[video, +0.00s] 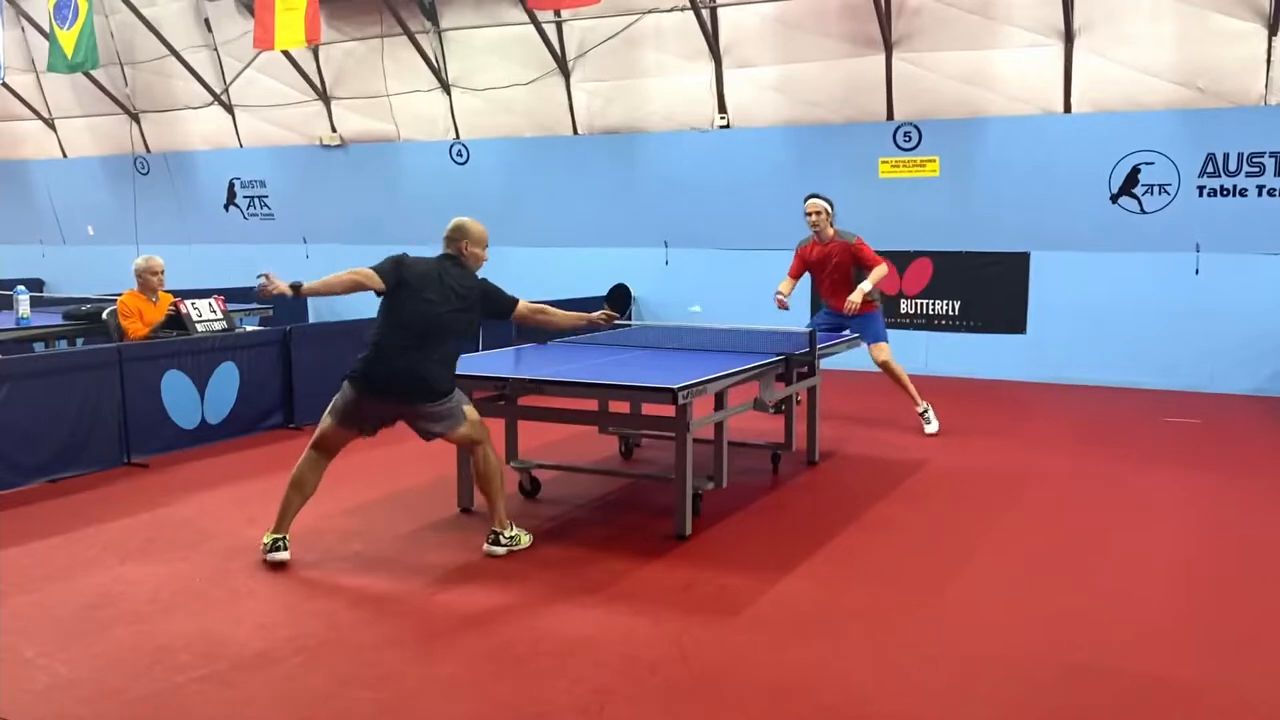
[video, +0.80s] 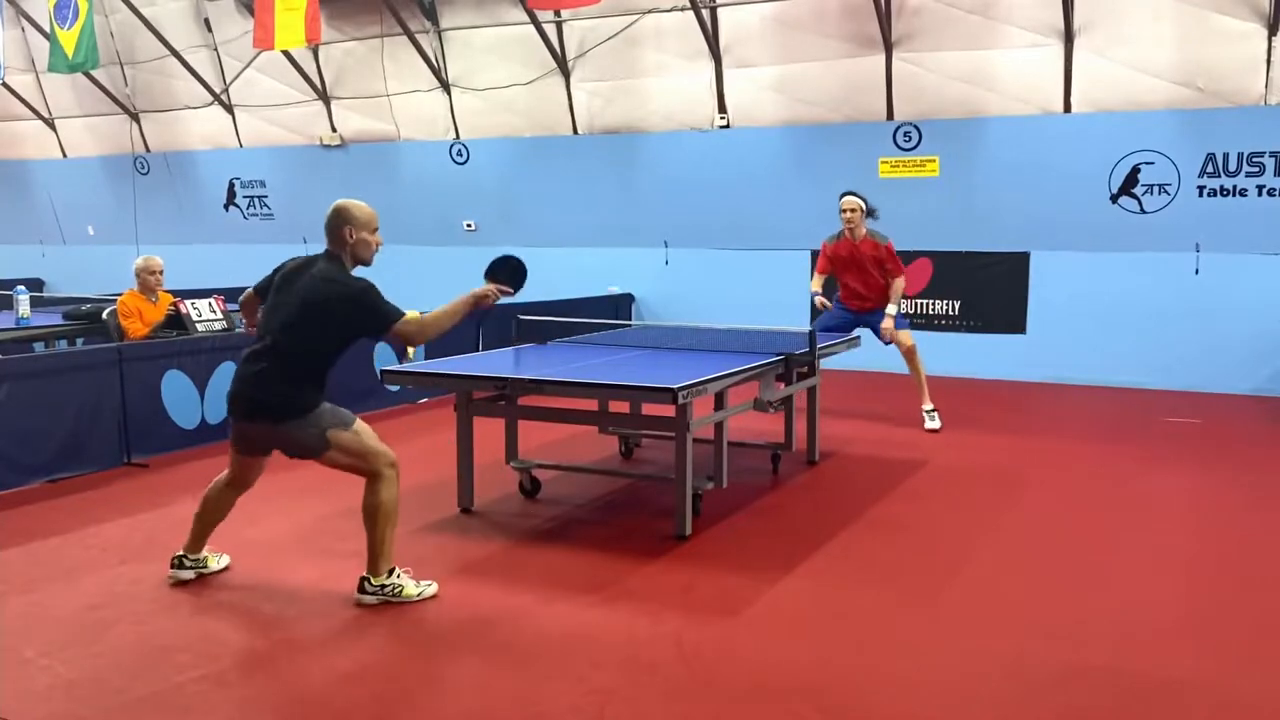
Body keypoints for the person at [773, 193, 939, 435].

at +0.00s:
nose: (813, 219)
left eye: (817, 213)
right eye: (808, 215)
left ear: (829, 215)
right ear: (805, 219)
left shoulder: (850, 243)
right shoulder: (805, 249)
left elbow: (882, 268)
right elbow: (791, 279)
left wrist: (861, 290)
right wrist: (782, 294)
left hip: (865, 311)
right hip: (831, 312)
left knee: (881, 358)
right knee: (797, 348)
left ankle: (922, 407)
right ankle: (791, 395)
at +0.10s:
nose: (818, 234)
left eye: (823, 228)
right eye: (814, 229)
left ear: (833, 230)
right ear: (810, 233)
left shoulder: (855, 257)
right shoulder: (807, 262)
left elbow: (883, 284)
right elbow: (787, 294)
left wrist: (861, 303)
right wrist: (793, 309)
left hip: (866, 320)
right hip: (829, 321)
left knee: (890, 364)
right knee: (795, 353)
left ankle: (926, 411)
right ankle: (789, 398)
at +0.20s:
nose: (835, 245)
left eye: (840, 240)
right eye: (831, 241)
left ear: (850, 241)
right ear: (826, 243)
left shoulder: (873, 266)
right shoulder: (819, 271)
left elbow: (894, 292)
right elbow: (796, 304)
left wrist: (880, 316)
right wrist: (817, 318)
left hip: (868, 327)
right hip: (832, 330)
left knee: (904, 358)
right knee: (799, 358)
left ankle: (930, 412)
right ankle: (791, 399)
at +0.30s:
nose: (857, 252)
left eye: (862, 247)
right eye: (852, 247)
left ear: (870, 248)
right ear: (847, 249)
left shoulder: (889, 269)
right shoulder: (837, 273)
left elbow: (914, 291)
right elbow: (811, 296)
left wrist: (906, 321)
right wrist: (830, 303)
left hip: (884, 330)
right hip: (847, 332)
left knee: (921, 353)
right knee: (812, 360)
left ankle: (935, 413)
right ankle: (793, 399)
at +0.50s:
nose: (884, 242)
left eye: (889, 238)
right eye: (879, 238)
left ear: (898, 241)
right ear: (873, 242)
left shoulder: (916, 266)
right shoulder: (866, 269)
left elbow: (934, 293)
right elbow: (858, 306)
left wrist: (924, 324)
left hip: (899, 324)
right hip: (865, 323)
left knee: (932, 350)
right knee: (824, 369)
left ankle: (938, 413)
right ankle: (795, 396)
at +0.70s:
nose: (867, 219)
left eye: (872, 214)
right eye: (863, 215)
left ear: (883, 218)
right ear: (858, 218)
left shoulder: (899, 248)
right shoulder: (849, 251)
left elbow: (916, 283)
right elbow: (837, 290)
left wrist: (911, 320)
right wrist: (845, 308)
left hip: (890, 315)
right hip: (854, 313)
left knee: (919, 350)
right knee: (812, 349)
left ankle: (936, 412)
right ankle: (786, 398)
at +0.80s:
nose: (848, 215)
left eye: (853, 211)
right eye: (844, 211)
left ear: (863, 214)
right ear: (839, 215)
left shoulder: (880, 243)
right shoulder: (831, 245)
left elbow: (898, 279)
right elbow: (819, 276)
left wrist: (889, 316)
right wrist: (816, 294)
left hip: (880, 309)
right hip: (845, 308)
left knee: (908, 346)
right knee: (806, 341)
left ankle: (927, 405)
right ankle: (785, 396)